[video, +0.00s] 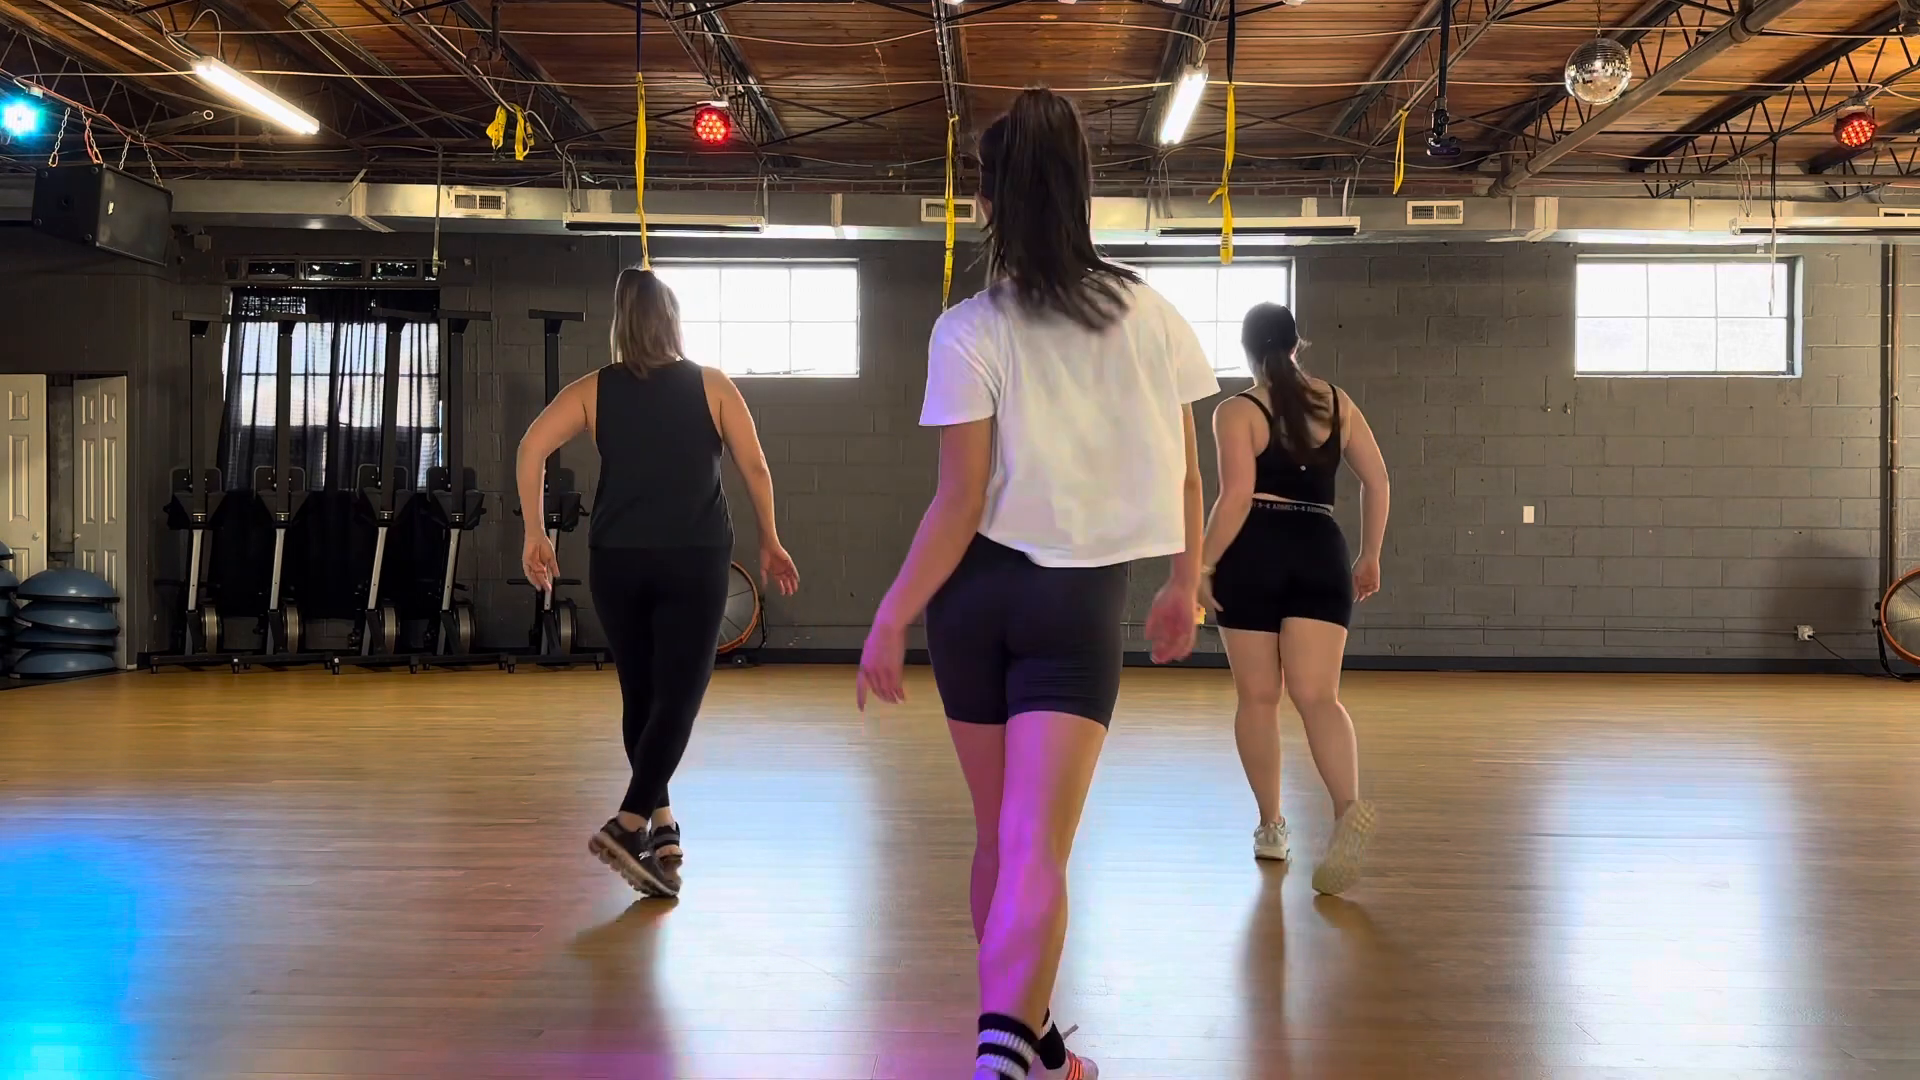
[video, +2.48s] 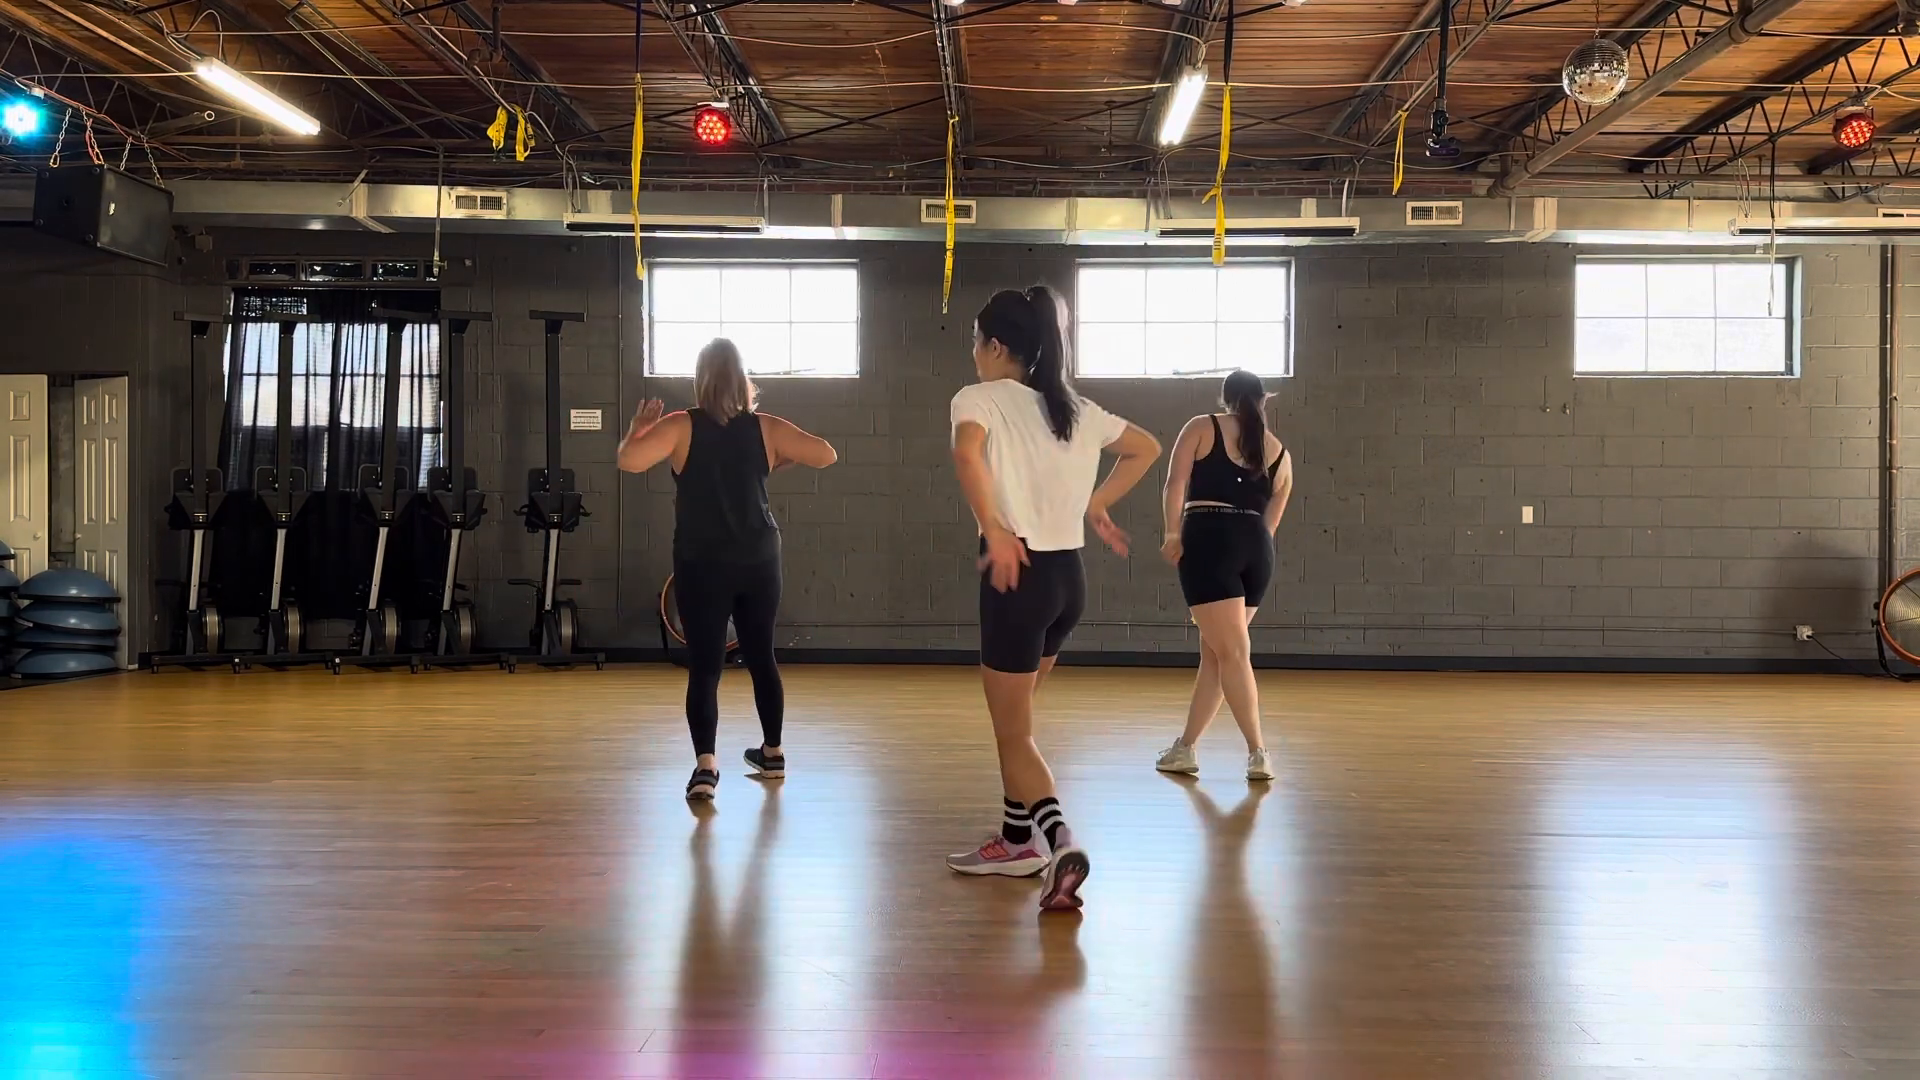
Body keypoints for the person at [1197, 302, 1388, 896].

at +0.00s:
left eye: (1250, 343)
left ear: (1249, 350)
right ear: (1297, 345)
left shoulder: (1238, 410)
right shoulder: (1335, 402)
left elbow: (1238, 493)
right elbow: (1377, 479)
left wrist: (1204, 566)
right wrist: (1371, 554)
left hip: (1252, 553)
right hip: (1321, 552)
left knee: (1258, 696)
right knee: (1318, 694)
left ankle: (1271, 823)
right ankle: (1350, 812)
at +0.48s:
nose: (1288, 361)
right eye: (1292, 353)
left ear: (1245, 357)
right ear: (1291, 357)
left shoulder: (1214, 418)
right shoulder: (1320, 407)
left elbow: (1195, 505)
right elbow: (1348, 481)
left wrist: (1197, 569)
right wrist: (1361, 555)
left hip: (1246, 547)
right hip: (1314, 546)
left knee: (1257, 685)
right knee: (1293, 654)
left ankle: (1269, 813)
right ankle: (1272, 748)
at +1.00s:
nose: (1299, 375)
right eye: (1303, 368)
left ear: (1258, 372)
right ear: (1303, 372)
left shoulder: (1227, 415)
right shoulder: (1327, 428)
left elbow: (1196, 487)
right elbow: (1341, 506)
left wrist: (1193, 547)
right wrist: (1351, 573)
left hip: (1245, 559)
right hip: (1312, 561)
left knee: (1244, 679)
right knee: (1292, 676)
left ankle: (1246, 753)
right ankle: (1275, 786)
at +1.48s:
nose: (1249, 384)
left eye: (1243, 376)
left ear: (1242, 381)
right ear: (1283, 377)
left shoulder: (1224, 430)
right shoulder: (1318, 428)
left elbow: (1217, 508)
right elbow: (1337, 505)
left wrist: (1202, 572)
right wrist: (1332, 565)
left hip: (1243, 556)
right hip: (1304, 557)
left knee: (1249, 656)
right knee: (1287, 670)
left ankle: (1253, 746)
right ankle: (1274, 780)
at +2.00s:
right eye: (1263, 383)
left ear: (1226, 390)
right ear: (1265, 389)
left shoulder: (1210, 436)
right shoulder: (1295, 435)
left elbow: (1181, 472)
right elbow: (1357, 460)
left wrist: (1172, 424)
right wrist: (1362, 412)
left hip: (1223, 550)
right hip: (1279, 550)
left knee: (1238, 659)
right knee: (1292, 633)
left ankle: (1255, 756)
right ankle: (1291, 693)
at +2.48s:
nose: (1222, 399)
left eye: (1222, 393)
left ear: (1225, 398)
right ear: (1262, 402)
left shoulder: (1201, 427)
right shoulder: (1280, 454)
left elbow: (1177, 481)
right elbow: (1269, 523)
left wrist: (1173, 531)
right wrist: (1257, 563)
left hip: (1207, 538)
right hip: (1258, 545)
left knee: (1234, 655)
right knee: (1214, 654)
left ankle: (1257, 753)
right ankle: (1184, 748)